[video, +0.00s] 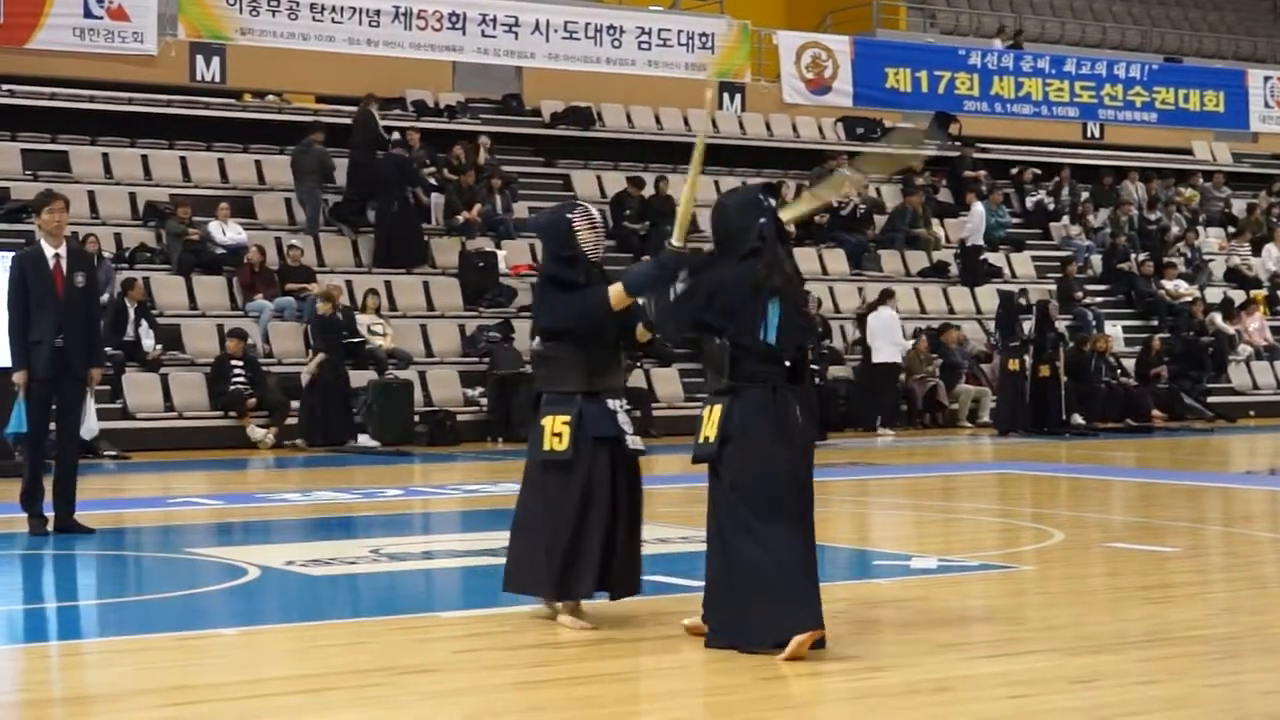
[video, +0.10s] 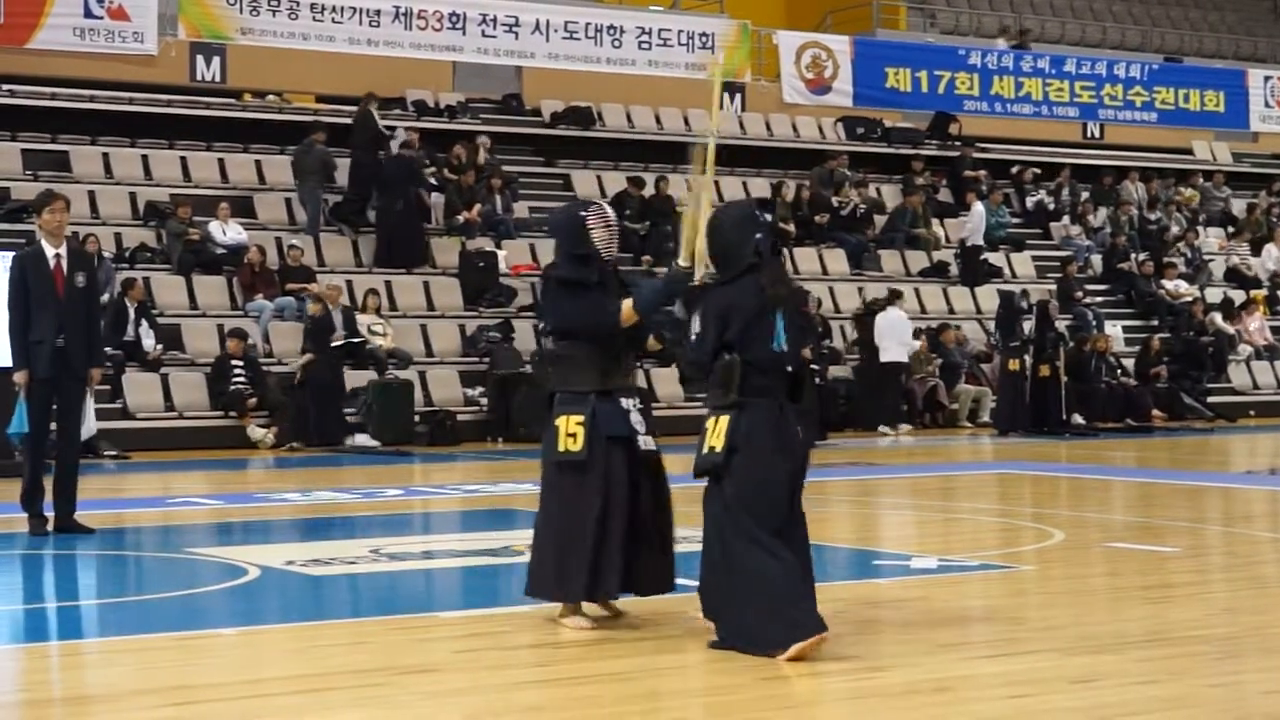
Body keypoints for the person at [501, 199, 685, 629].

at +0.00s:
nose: (599, 238)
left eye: (597, 231)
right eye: (590, 231)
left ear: (579, 239)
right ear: (570, 240)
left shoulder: (595, 284)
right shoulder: (555, 291)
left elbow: (626, 333)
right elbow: (601, 304)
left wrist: (648, 328)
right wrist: (655, 269)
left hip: (597, 400)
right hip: (569, 404)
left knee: (582, 495)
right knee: (574, 497)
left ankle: (558, 590)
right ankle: (564, 598)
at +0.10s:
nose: (612, 235)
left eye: (611, 227)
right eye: (604, 228)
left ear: (596, 233)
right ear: (583, 234)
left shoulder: (610, 279)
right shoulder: (564, 282)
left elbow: (642, 341)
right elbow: (610, 320)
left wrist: (653, 332)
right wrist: (662, 289)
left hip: (614, 399)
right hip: (578, 402)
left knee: (613, 496)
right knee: (579, 500)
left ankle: (600, 590)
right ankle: (569, 603)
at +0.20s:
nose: (629, 238)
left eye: (629, 230)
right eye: (620, 230)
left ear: (627, 237)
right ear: (597, 236)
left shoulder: (631, 284)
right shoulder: (571, 291)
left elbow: (657, 342)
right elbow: (617, 332)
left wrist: (682, 295)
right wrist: (666, 300)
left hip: (635, 403)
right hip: (592, 405)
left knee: (662, 492)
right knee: (588, 503)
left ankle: (654, 591)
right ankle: (572, 605)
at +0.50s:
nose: (677, 244)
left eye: (681, 236)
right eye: (670, 236)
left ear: (691, 241)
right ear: (653, 243)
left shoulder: (697, 290)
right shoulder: (635, 296)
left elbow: (713, 339)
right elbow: (610, 353)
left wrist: (675, 329)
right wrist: (620, 320)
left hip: (693, 408)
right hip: (643, 410)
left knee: (691, 502)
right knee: (624, 503)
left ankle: (698, 595)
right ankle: (586, 589)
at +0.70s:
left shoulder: (714, 311)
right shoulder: (653, 307)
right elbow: (629, 356)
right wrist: (647, 340)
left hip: (704, 416)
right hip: (659, 414)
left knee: (694, 508)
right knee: (643, 506)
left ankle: (694, 595)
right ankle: (635, 592)